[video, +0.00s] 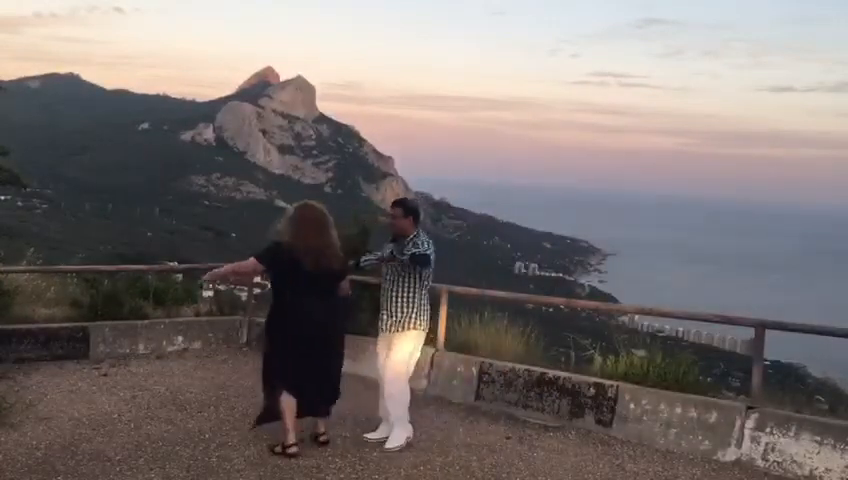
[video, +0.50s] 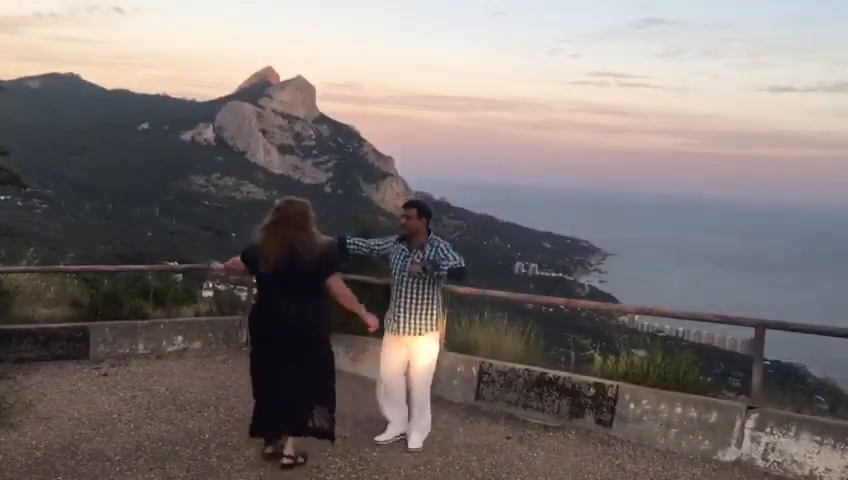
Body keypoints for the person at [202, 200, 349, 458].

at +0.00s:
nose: (284, 227)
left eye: (287, 222)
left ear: (291, 226)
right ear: (327, 228)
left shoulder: (281, 250)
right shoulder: (334, 257)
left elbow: (248, 267)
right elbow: (345, 291)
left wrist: (218, 273)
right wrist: (322, 285)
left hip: (288, 326)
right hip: (325, 328)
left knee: (286, 381)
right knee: (321, 377)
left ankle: (290, 441)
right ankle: (322, 431)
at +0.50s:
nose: (313, 223)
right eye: (311, 219)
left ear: (276, 220)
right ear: (308, 222)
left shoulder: (263, 250)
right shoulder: (318, 251)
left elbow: (234, 266)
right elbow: (338, 289)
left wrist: (222, 270)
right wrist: (363, 313)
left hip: (269, 330)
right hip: (306, 331)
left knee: (272, 381)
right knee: (298, 385)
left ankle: (271, 441)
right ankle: (289, 450)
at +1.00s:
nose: (292, 228)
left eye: (291, 222)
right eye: (290, 223)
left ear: (256, 220)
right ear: (282, 224)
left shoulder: (242, 251)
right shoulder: (282, 255)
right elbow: (302, 294)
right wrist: (331, 298)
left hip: (234, 333)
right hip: (267, 336)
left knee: (240, 390)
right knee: (273, 389)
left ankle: (233, 453)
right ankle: (262, 448)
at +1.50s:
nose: (287, 231)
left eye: (286, 225)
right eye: (285, 225)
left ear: (255, 223)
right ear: (275, 225)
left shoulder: (242, 253)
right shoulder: (273, 253)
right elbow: (294, 286)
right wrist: (319, 286)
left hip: (230, 339)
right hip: (262, 344)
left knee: (230, 398)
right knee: (263, 400)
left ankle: (234, 462)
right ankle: (260, 458)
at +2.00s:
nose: (306, 239)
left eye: (307, 233)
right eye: (305, 232)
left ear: (279, 226)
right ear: (295, 232)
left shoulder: (262, 257)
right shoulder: (280, 261)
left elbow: (261, 302)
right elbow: (289, 305)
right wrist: (325, 329)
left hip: (248, 339)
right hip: (269, 345)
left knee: (252, 397)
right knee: (284, 404)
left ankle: (243, 452)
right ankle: (262, 459)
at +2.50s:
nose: (322, 236)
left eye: (323, 232)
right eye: (320, 230)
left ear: (295, 222)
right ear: (307, 226)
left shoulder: (280, 247)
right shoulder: (291, 247)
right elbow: (306, 280)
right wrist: (338, 280)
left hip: (276, 333)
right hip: (281, 337)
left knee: (284, 393)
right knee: (285, 395)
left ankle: (269, 451)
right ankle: (266, 458)